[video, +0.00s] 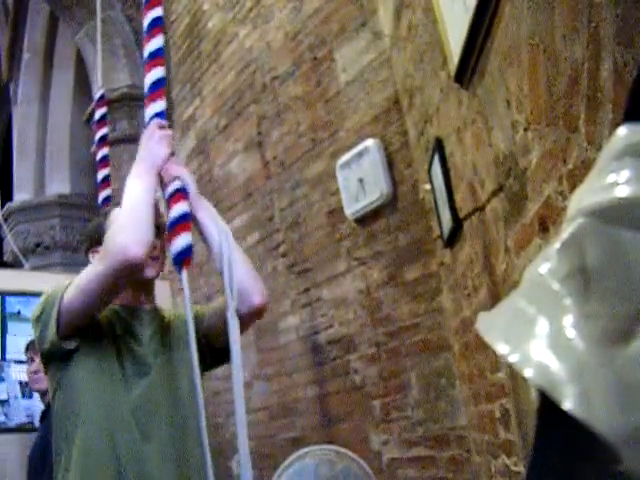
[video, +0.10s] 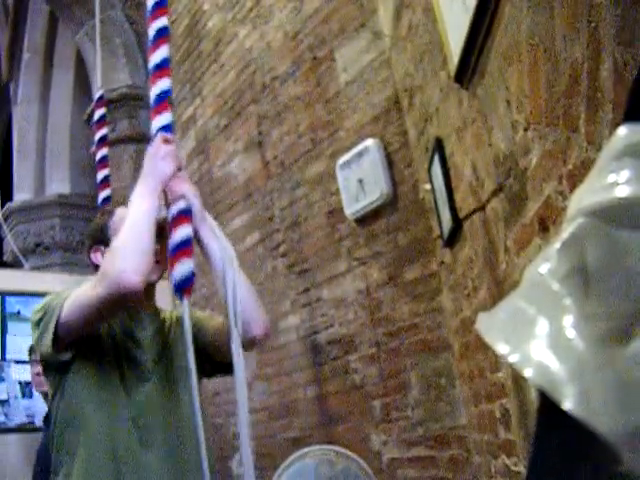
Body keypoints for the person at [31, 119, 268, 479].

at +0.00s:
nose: (153, 243)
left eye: (159, 232)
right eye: (141, 232)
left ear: (167, 243)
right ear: (96, 254)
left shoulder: (179, 332)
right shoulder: (63, 324)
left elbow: (251, 301)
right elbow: (127, 253)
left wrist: (195, 202)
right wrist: (144, 166)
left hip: (182, 471)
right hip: (93, 471)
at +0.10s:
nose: (153, 246)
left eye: (159, 235)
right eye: (136, 233)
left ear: (168, 249)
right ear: (97, 255)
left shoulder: (177, 326)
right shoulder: (58, 318)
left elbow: (252, 328)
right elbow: (127, 280)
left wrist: (200, 220)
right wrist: (149, 183)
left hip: (178, 471)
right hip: (90, 471)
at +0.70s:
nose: (162, 272)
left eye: (171, 257)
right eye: (145, 257)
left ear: (180, 263)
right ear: (108, 268)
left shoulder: (196, 350)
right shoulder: (64, 353)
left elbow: (216, 458)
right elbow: (74, 471)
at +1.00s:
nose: (157, 268)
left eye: (165, 253)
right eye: (139, 254)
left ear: (174, 261)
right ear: (104, 268)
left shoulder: (198, 349)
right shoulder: (69, 358)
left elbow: (222, 456)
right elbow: (92, 475)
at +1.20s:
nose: (156, 265)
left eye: (164, 251)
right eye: (139, 251)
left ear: (174, 262)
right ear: (105, 268)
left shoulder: (200, 350)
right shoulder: (73, 354)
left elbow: (232, 457)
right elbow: (85, 471)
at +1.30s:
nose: (158, 263)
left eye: (166, 250)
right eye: (141, 250)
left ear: (175, 260)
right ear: (109, 268)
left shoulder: (203, 350)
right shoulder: (74, 352)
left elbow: (241, 456)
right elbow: (73, 468)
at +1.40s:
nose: (160, 262)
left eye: (169, 250)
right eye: (145, 249)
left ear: (178, 262)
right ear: (113, 268)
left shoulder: (204, 350)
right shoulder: (76, 346)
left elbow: (251, 453)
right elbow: (60, 461)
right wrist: (152, 474)